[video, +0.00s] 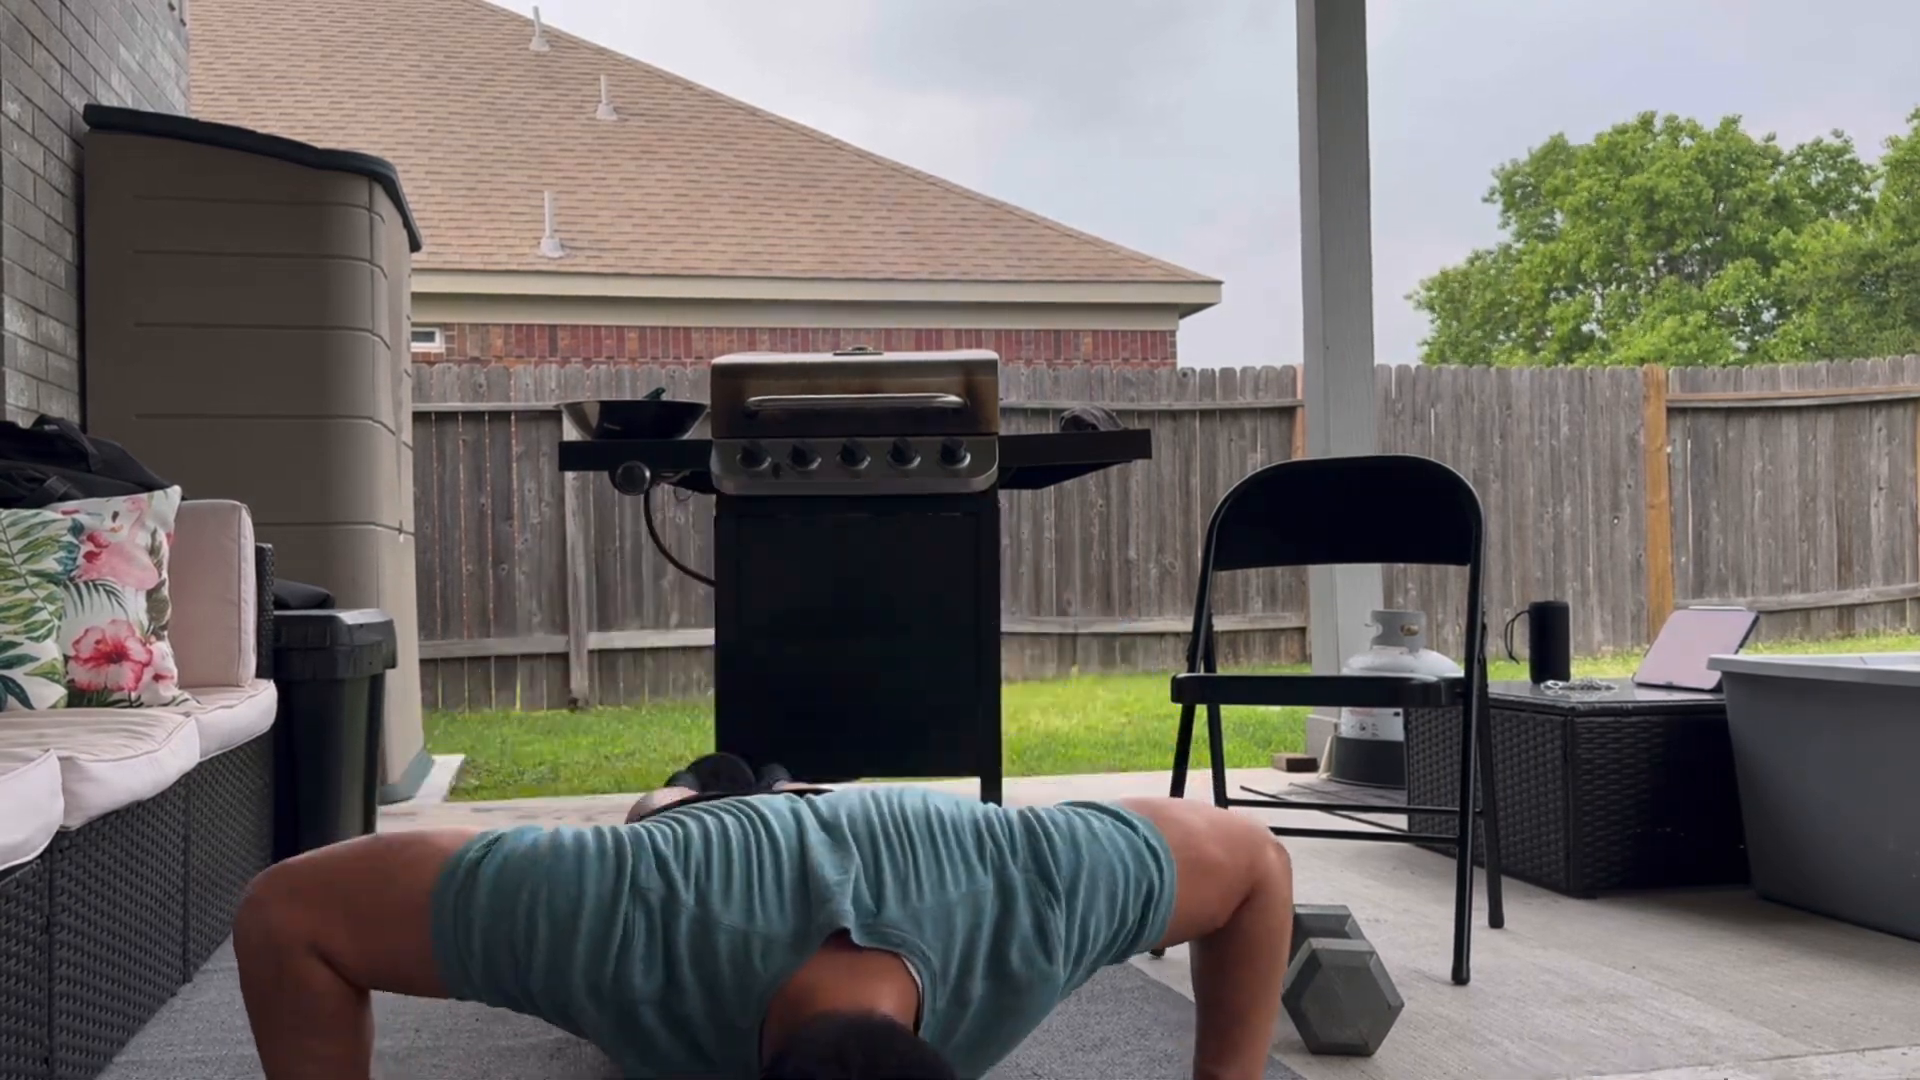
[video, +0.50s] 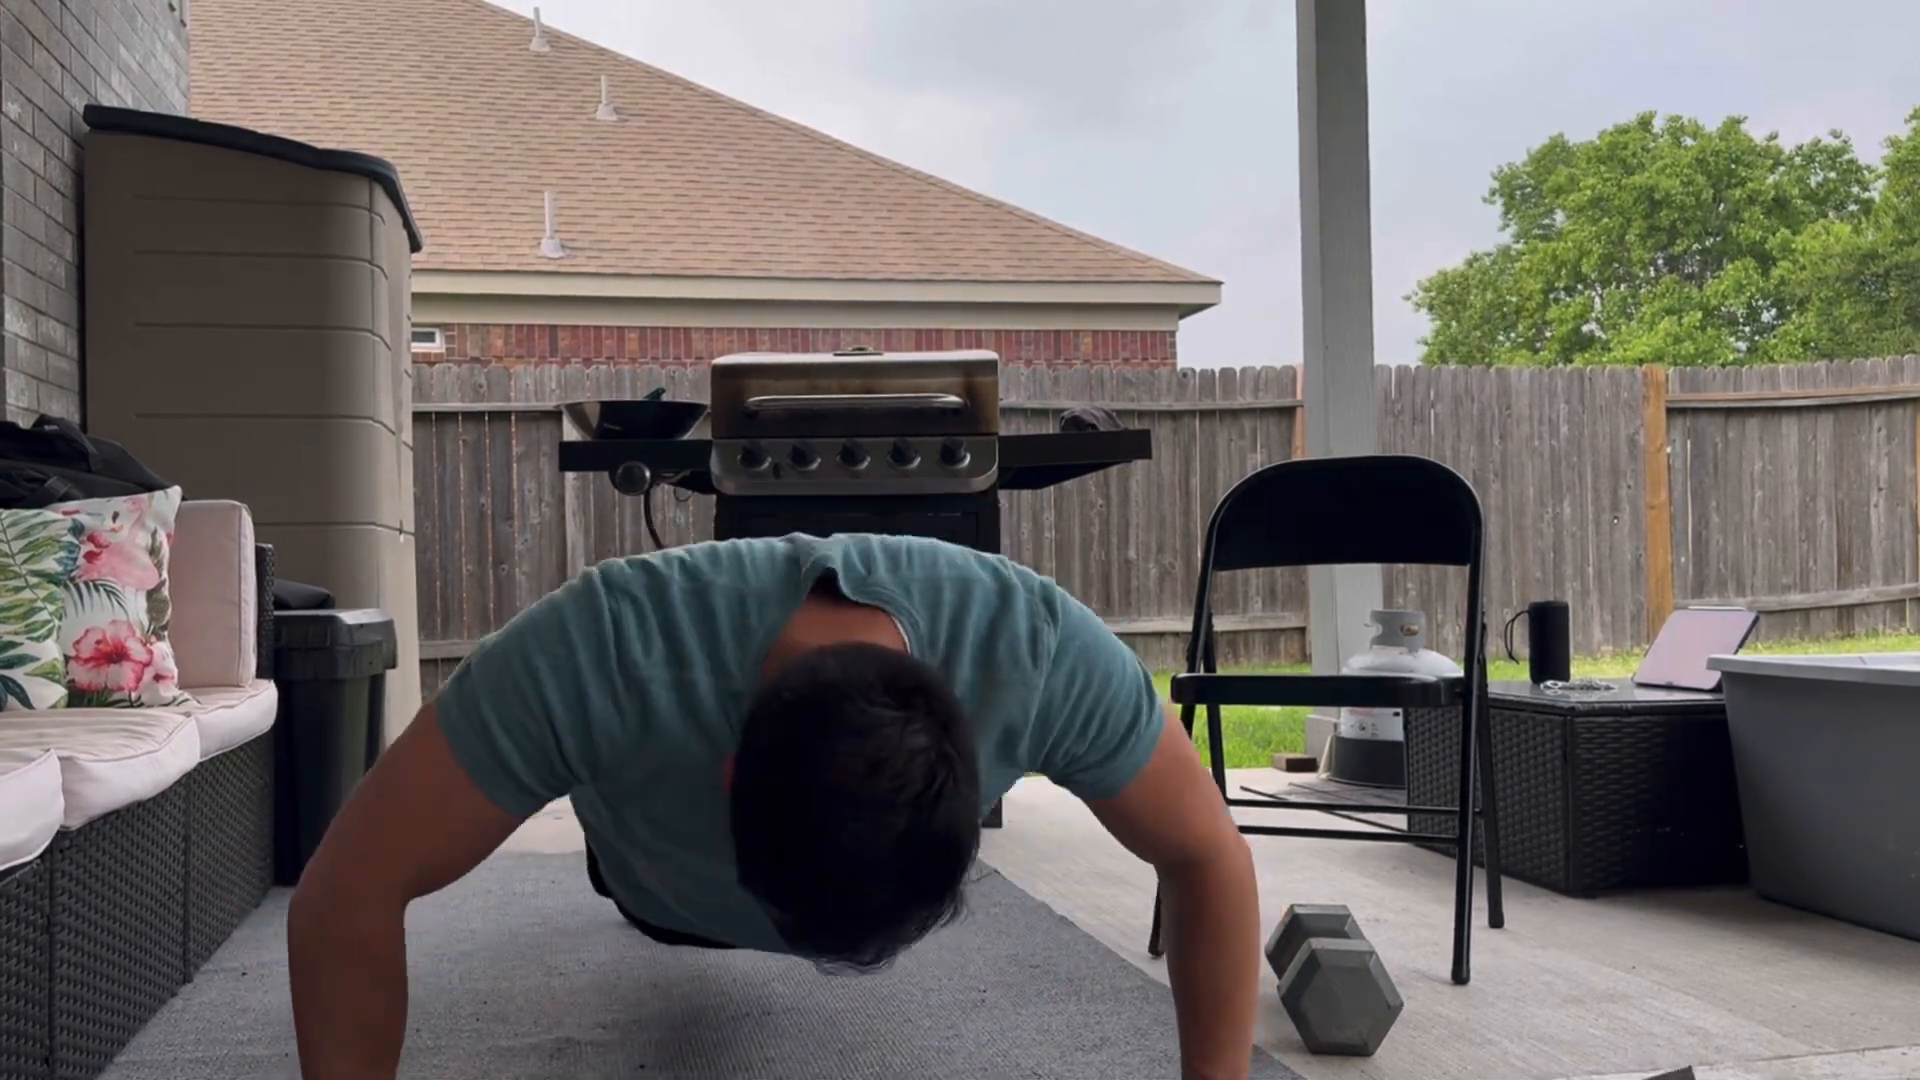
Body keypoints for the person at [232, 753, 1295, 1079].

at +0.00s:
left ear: (935, 1040)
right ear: (754, 1046)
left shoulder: (1034, 901)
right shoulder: (620, 931)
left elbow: (1253, 863)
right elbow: (288, 921)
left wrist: (1229, 1069)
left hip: (937, 833)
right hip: (674, 850)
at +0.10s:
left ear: (937, 1040)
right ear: (752, 1042)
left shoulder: (1043, 889)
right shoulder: (618, 923)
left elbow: (1249, 866)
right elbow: (288, 923)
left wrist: (1229, 1073)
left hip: (921, 813)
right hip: (691, 827)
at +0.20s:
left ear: (961, 982)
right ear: (732, 995)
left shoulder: (1055, 829)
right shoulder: (599, 849)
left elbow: (1249, 875)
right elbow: (286, 924)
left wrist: (1225, 1070)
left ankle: (1273, 901)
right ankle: (445, 803)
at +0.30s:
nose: (828, 1017)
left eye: (871, 1006)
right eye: (785, 984)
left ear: (965, 835)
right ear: (730, 846)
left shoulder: (1052, 736)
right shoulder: (587, 747)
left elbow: (1235, 871)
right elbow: (306, 916)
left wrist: (1224, 1068)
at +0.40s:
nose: (823, 925)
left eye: (863, 914)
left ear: (960, 788)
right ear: (728, 733)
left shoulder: (1036, 634)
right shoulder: (601, 628)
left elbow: (1195, 852)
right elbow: (374, 886)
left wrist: (1214, 1069)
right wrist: (361, 1073)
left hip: (871, 860)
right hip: (666, 847)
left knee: (835, 931)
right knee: (673, 905)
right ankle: (658, 890)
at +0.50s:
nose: (829, 948)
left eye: (871, 935)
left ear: (966, 801)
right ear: (731, 771)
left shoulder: (1042, 658)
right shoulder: (592, 655)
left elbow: (1209, 860)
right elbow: (345, 897)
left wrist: (1214, 1076)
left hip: (894, 833)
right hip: (671, 870)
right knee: (678, 919)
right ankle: (638, 856)